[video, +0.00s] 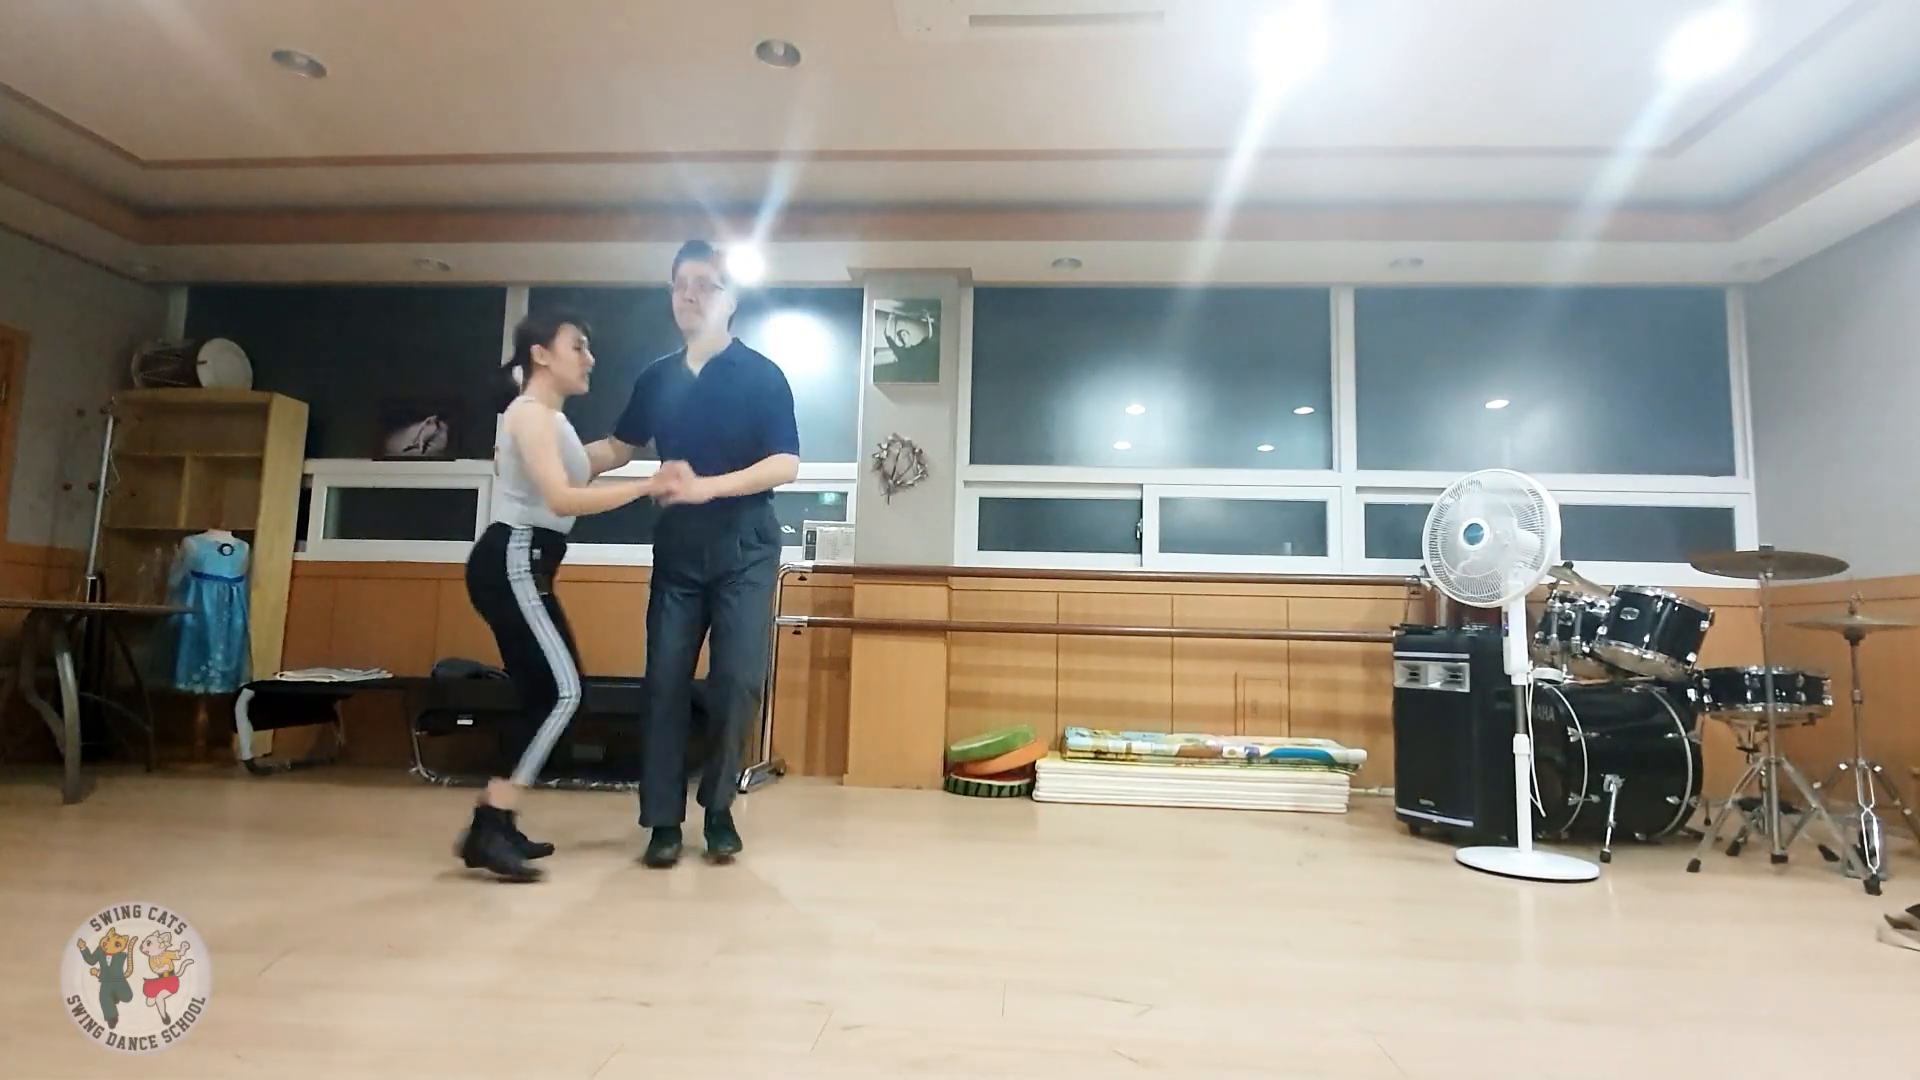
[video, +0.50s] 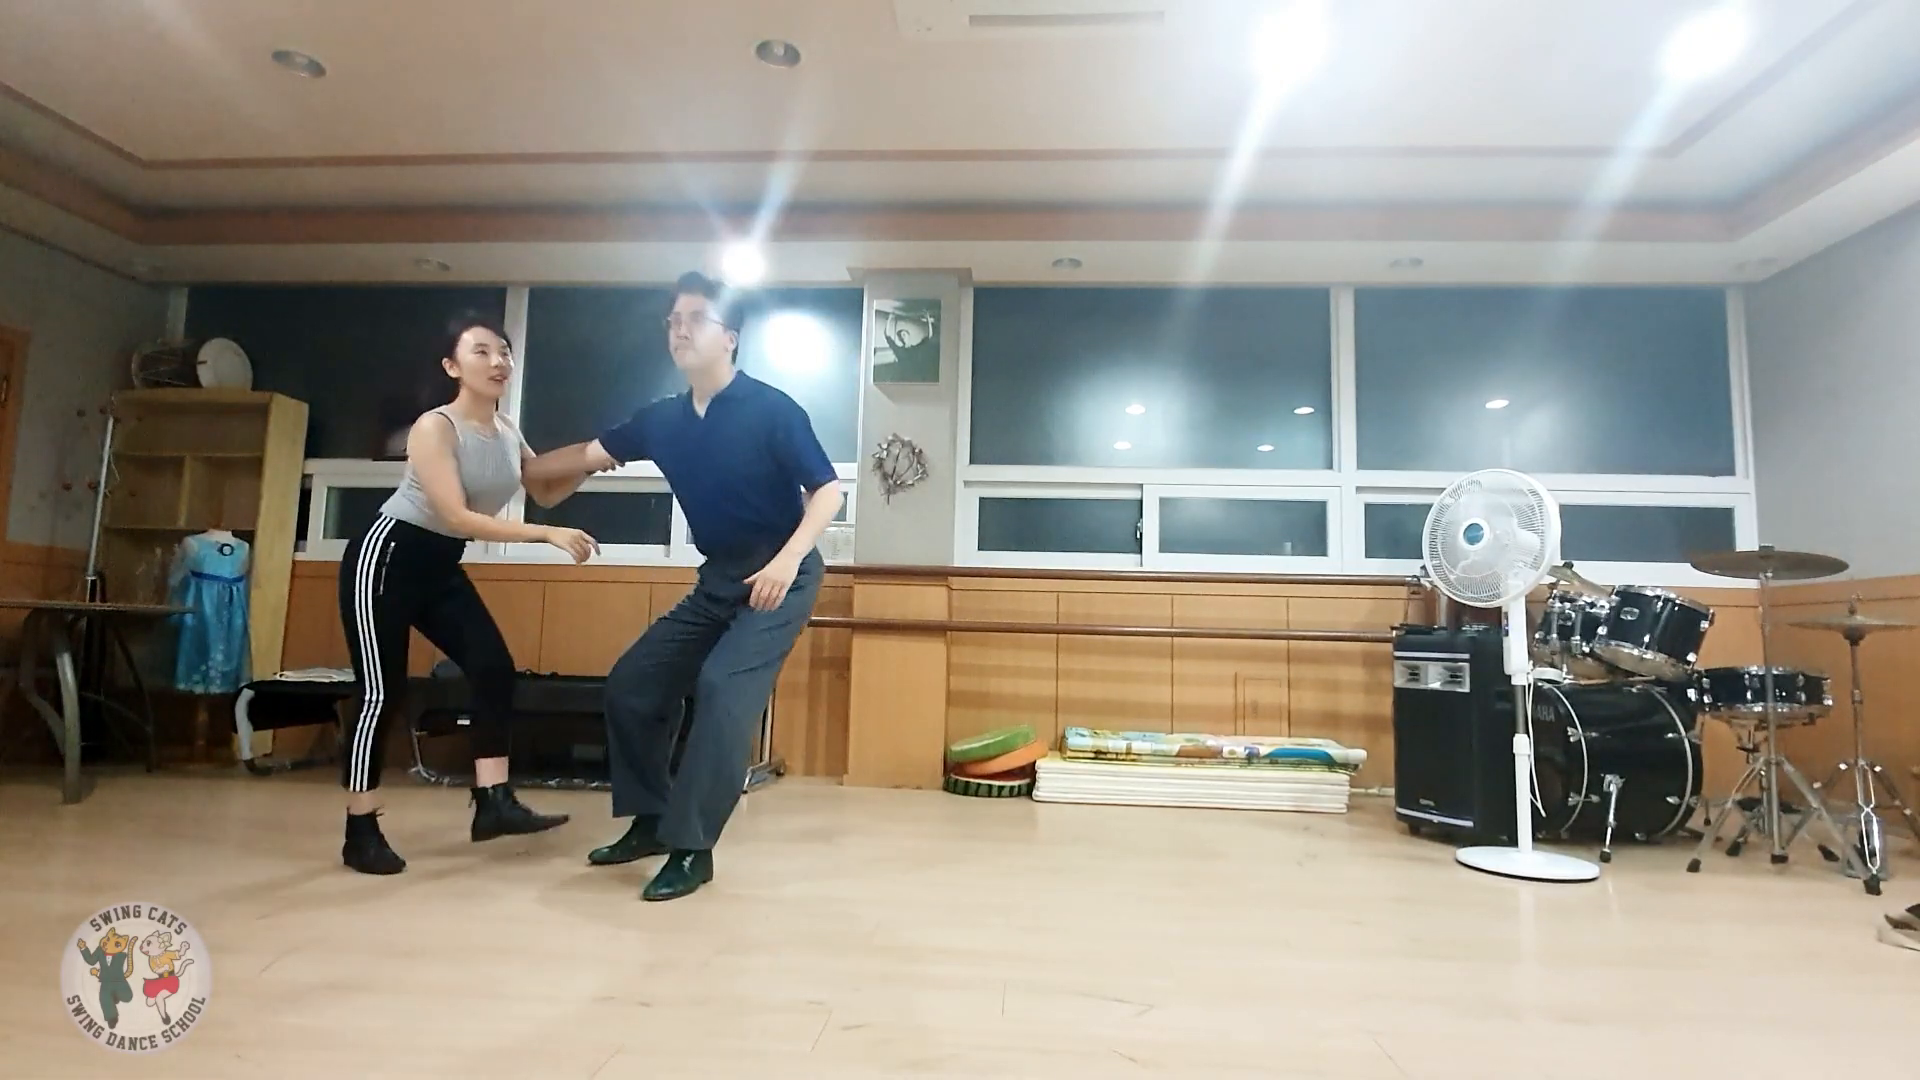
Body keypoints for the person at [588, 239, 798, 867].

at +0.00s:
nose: (689, 297)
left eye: (704, 287)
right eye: (681, 287)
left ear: (729, 297)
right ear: (671, 295)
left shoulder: (762, 375)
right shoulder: (657, 378)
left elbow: (784, 464)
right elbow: (620, 446)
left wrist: (703, 486)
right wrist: (553, 461)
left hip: (747, 548)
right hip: (677, 548)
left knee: (739, 681)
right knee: (665, 683)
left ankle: (719, 807)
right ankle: (664, 823)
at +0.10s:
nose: (687, 300)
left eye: (703, 289)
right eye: (679, 289)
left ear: (729, 300)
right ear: (670, 297)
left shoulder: (763, 381)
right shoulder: (658, 385)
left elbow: (789, 471)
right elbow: (611, 449)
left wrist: (714, 511)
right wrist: (541, 474)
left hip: (751, 548)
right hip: (684, 550)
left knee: (732, 672)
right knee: (655, 679)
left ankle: (712, 827)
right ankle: (656, 826)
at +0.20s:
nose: (681, 309)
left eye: (698, 299)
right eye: (675, 299)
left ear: (726, 311)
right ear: (668, 311)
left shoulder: (764, 392)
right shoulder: (658, 401)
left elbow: (801, 480)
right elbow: (602, 457)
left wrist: (735, 533)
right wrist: (522, 477)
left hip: (759, 559)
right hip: (694, 559)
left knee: (729, 677)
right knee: (644, 674)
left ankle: (702, 839)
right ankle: (649, 825)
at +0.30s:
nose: (680, 321)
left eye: (696, 309)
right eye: (674, 311)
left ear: (727, 323)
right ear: (668, 324)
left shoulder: (766, 403)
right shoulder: (656, 413)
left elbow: (810, 489)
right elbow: (592, 458)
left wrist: (758, 552)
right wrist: (516, 472)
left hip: (771, 564)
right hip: (708, 564)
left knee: (727, 679)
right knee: (637, 673)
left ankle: (698, 847)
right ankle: (649, 825)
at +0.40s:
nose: (678, 327)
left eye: (695, 316)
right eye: (672, 317)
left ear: (728, 329)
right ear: (667, 328)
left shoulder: (768, 408)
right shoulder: (658, 417)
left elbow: (820, 492)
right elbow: (588, 455)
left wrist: (776, 557)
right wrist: (514, 465)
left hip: (778, 569)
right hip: (714, 573)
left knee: (724, 684)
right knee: (632, 682)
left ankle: (694, 845)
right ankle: (650, 822)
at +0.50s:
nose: (678, 331)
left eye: (696, 320)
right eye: (674, 321)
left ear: (731, 336)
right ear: (669, 333)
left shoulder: (771, 409)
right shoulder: (660, 420)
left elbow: (827, 491)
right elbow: (588, 455)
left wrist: (788, 557)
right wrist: (514, 468)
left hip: (782, 575)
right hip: (719, 579)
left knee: (722, 687)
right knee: (631, 685)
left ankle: (693, 846)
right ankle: (652, 819)